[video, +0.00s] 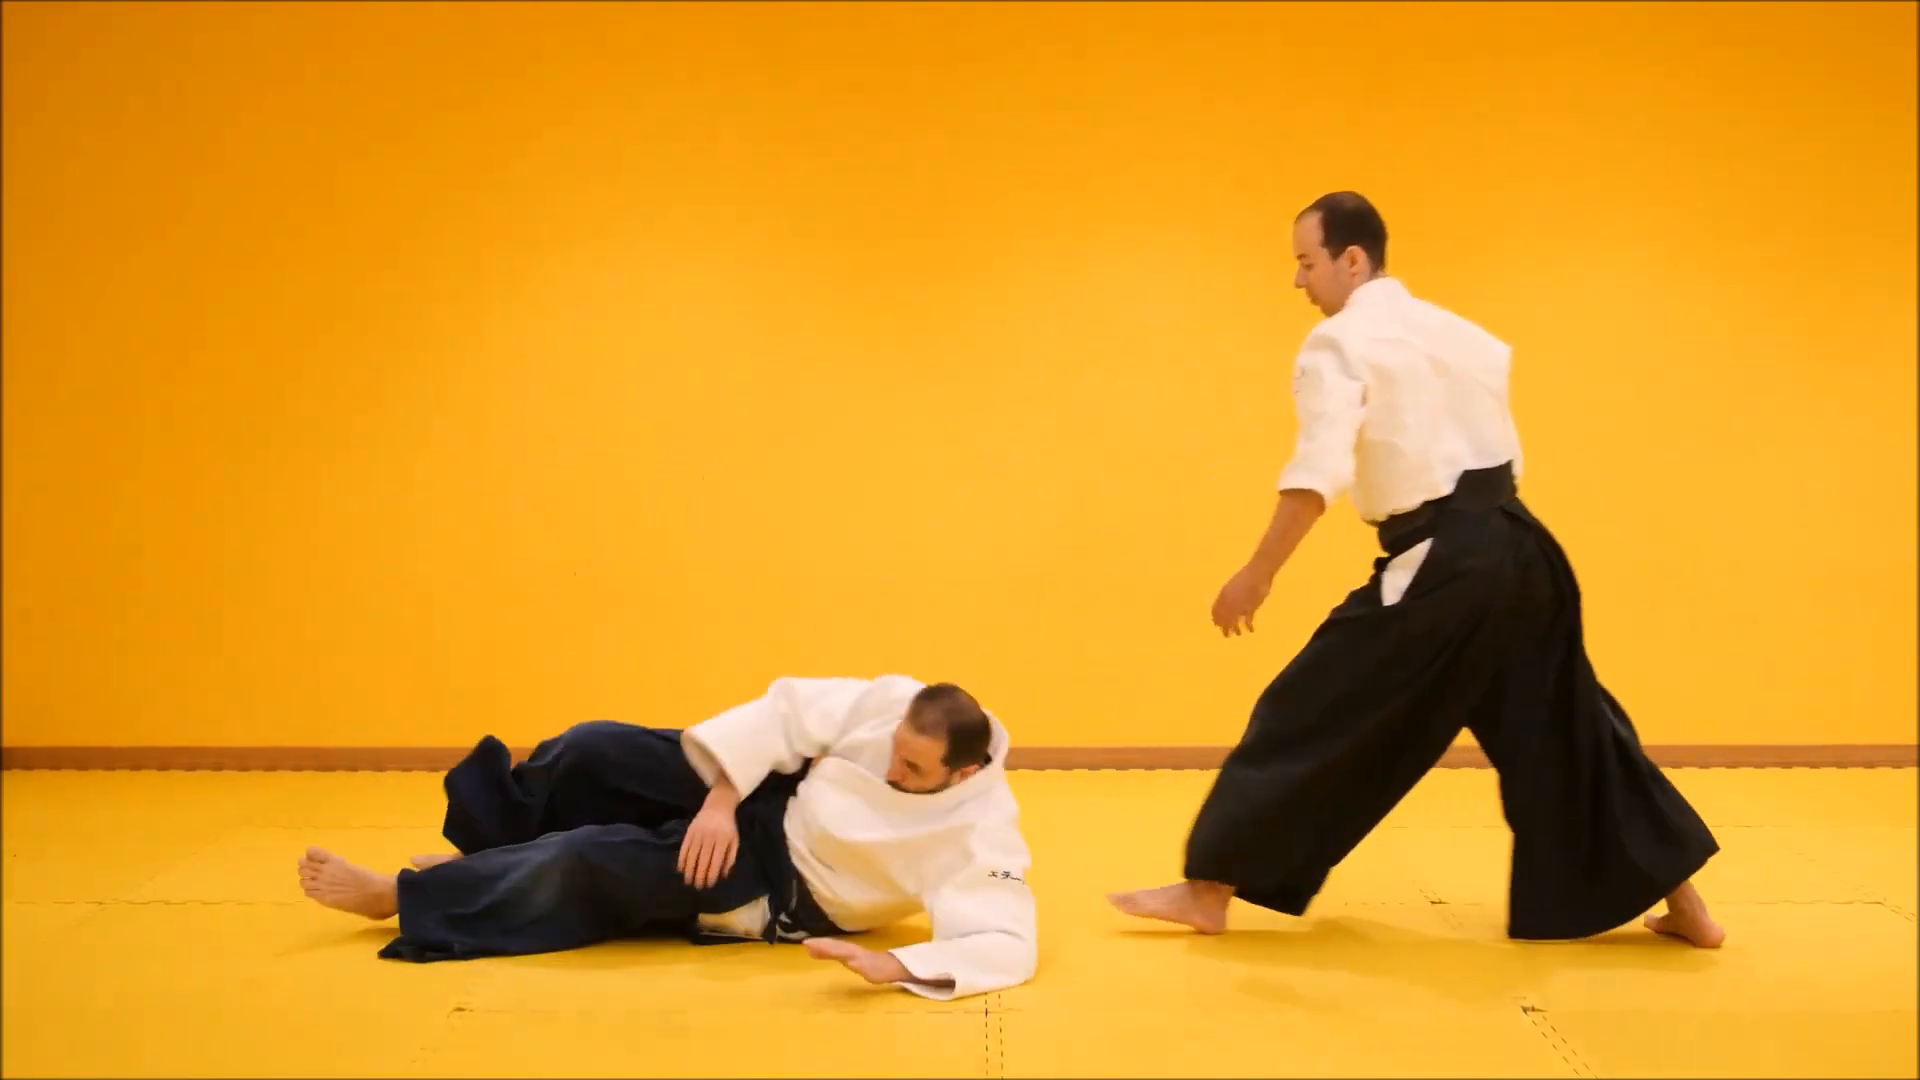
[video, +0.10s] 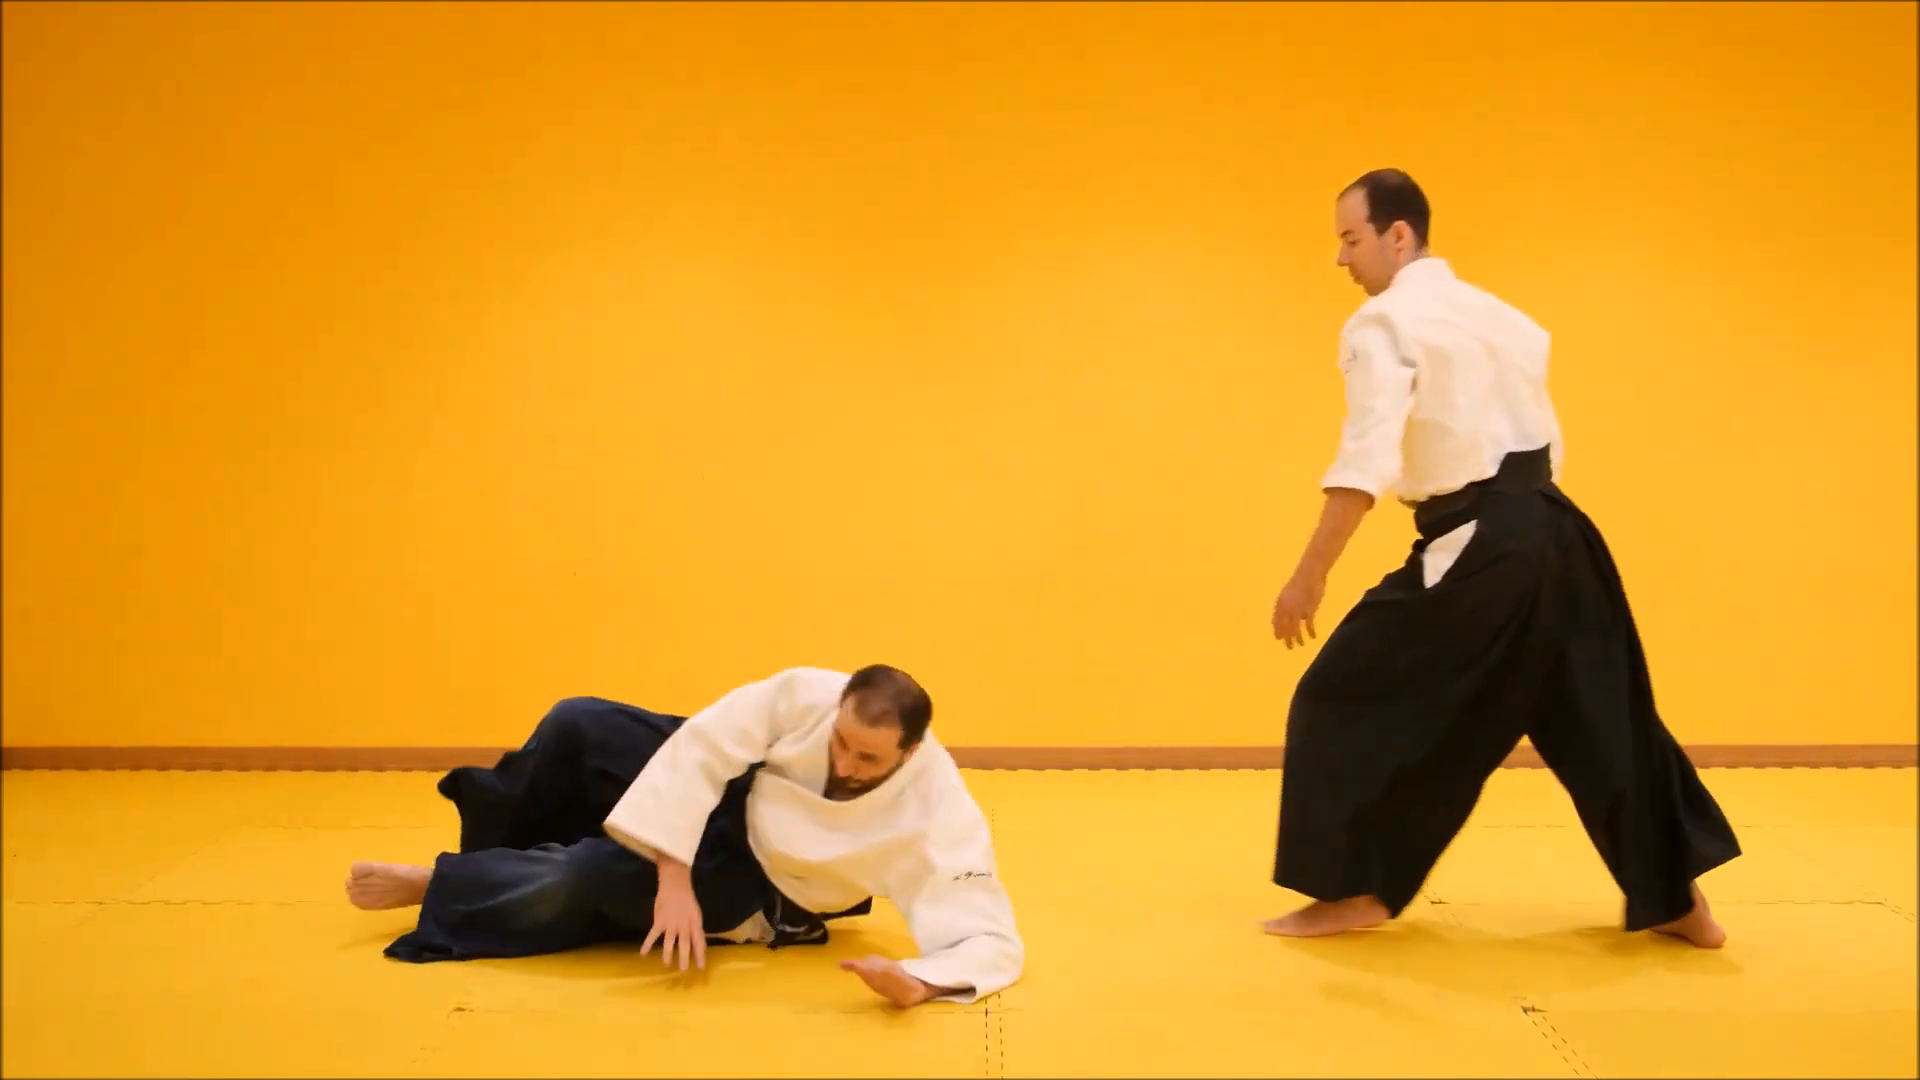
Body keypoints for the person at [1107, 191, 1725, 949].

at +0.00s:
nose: (1298, 279)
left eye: (1306, 262)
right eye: (1297, 264)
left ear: (1354, 259)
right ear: (1367, 260)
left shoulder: (1338, 342)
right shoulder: (1461, 334)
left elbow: (1320, 472)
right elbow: (1498, 461)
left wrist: (1255, 572)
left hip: (1438, 563)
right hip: (1522, 555)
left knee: (1300, 710)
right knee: (1578, 726)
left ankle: (1207, 890)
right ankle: (1683, 899)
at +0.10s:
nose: (1341, 257)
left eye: (1349, 238)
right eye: (1338, 241)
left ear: (1397, 234)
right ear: (1410, 238)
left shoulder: (1384, 323)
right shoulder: (1500, 316)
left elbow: (1365, 465)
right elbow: (1541, 445)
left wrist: (1309, 573)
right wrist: (1515, 517)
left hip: (1472, 548)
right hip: (1553, 536)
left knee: (1333, 696)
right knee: (1599, 714)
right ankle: (1679, 898)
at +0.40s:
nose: (1394, 228)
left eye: (1404, 209)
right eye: (1391, 212)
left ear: (1454, 205)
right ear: (1461, 211)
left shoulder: (1438, 300)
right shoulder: (1552, 297)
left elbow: (1430, 448)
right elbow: (1579, 433)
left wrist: (1380, 564)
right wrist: (1557, 508)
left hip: (1509, 532)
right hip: (1589, 520)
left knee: (1382, 698)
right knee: (1622, 699)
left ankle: (1387, 893)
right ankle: (1685, 895)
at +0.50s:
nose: (1389, 233)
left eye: (1399, 214)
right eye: (1386, 216)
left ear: (1449, 211)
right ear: (1453, 217)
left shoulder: (1434, 306)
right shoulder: (1547, 302)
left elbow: (1422, 452)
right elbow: (1576, 436)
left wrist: (1366, 566)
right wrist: (1549, 508)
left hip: (1508, 535)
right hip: (1586, 523)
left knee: (1374, 698)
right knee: (1622, 701)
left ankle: (1372, 887)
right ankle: (1686, 898)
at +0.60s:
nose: (1364, 246)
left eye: (1375, 228)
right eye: (1363, 230)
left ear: (1427, 225)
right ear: (1430, 230)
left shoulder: (1412, 322)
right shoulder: (1522, 314)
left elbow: (1388, 469)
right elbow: (1542, 439)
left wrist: (1327, 572)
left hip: (1490, 553)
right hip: (1568, 537)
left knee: (1348, 703)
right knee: (1618, 707)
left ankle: (1330, 883)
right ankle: (1689, 901)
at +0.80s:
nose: (1277, 266)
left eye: (1291, 248)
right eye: (1275, 250)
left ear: (1343, 251)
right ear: (1330, 256)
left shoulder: (1337, 349)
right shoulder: (1384, 328)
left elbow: (1285, 475)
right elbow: (1337, 468)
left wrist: (1177, 554)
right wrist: (1228, 513)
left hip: (1411, 570)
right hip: (1457, 552)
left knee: (1278, 715)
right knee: (1521, 725)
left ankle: (1299, 896)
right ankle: (1671, 859)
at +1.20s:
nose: (1153, 267)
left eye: (1169, 256)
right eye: (1143, 248)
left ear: (1183, 259)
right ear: (1113, 237)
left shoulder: (1205, 321)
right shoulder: (1074, 318)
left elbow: (1270, 375)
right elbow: (1056, 418)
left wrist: (1219, 387)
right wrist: (1081, 326)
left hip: (1177, 551)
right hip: (1090, 553)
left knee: (1232, 720)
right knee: (1052, 717)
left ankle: (1311, 886)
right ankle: (1022, 881)